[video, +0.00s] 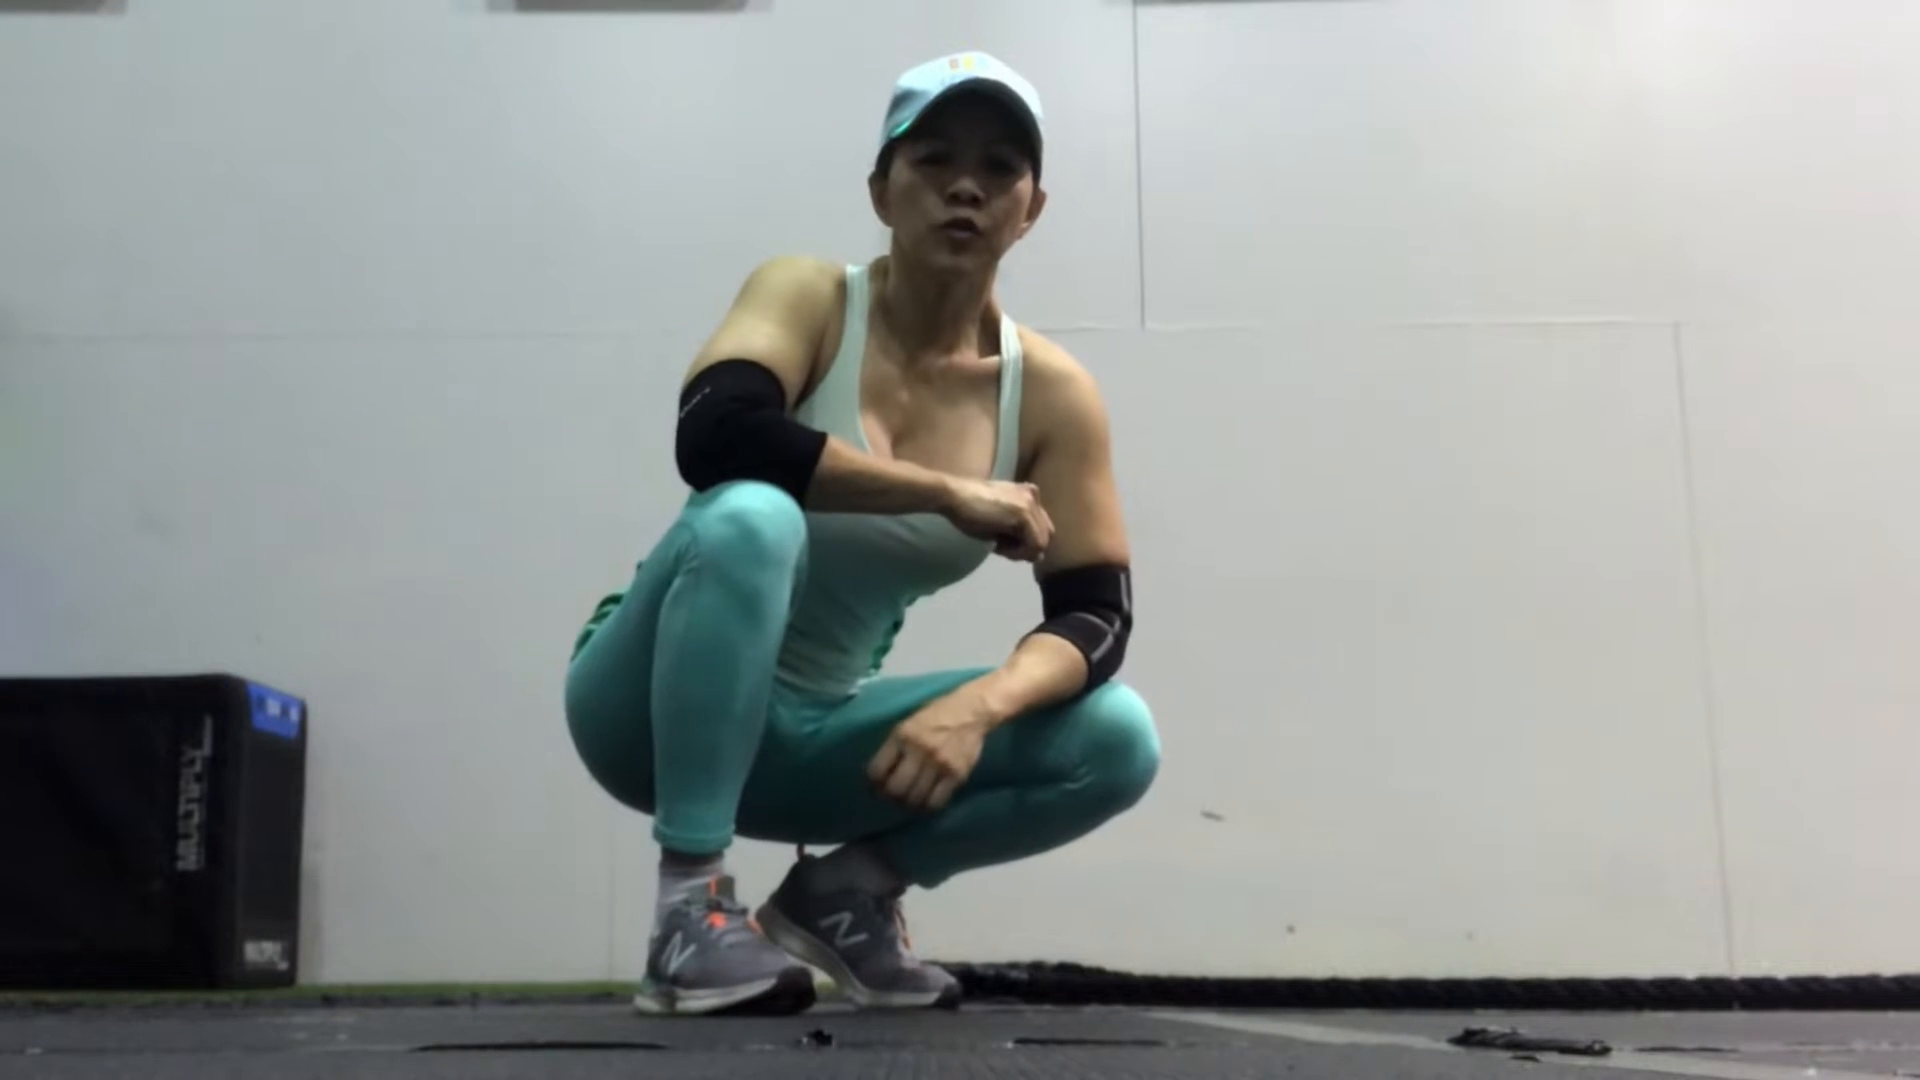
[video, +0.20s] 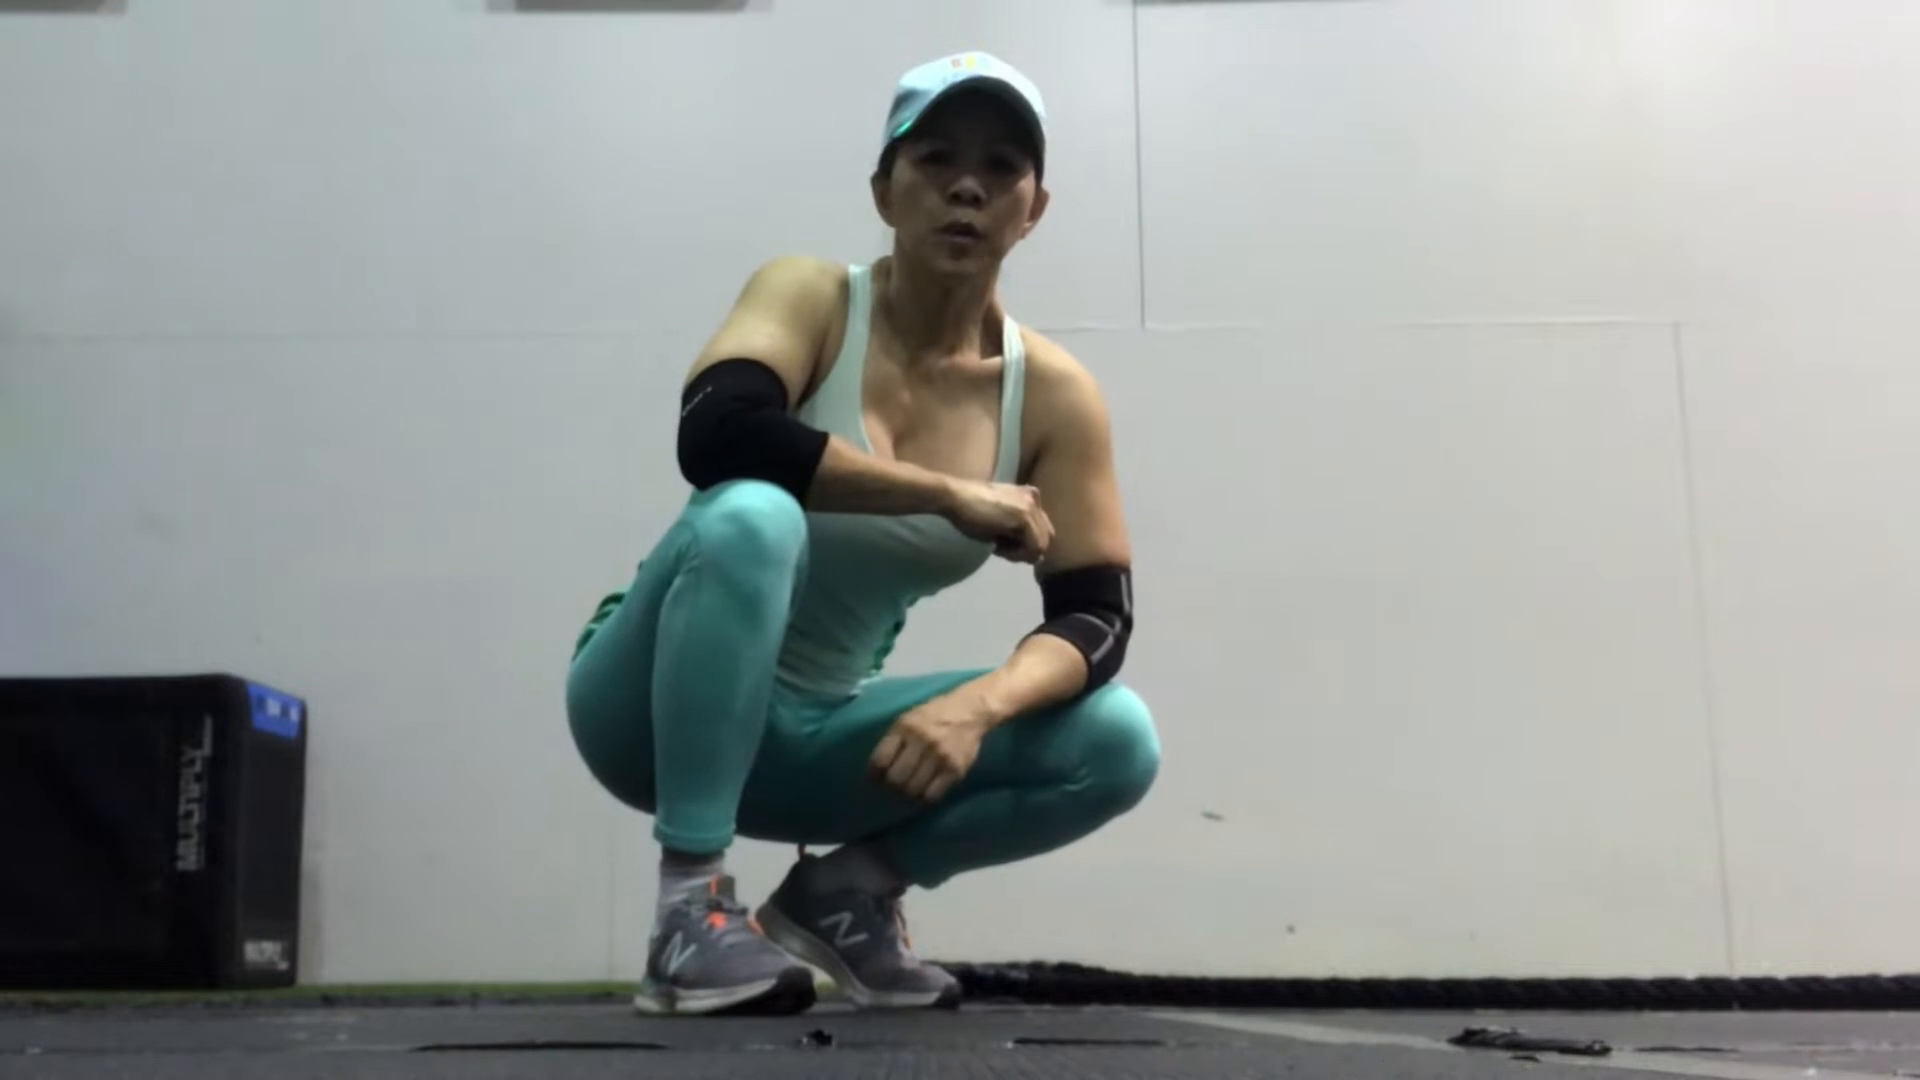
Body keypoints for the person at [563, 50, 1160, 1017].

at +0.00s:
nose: (965, 185)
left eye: (997, 166)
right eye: (936, 157)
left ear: (1032, 207)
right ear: (883, 187)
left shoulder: (1049, 393)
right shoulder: (803, 295)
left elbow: (1094, 616)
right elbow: (717, 436)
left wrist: (980, 704)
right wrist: (948, 492)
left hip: (818, 738)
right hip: (657, 703)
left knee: (1114, 740)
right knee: (752, 519)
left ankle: (840, 891)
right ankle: (691, 909)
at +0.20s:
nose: (966, 186)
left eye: (999, 165)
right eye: (937, 156)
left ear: (1034, 206)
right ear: (885, 187)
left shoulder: (1052, 395)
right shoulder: (805, 296)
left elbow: (1094, 617)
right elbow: (719, 435)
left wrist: (979, 704)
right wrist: (947, 494)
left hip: (820, 740)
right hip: (658, 704)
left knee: (1113, 742)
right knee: (752, 518)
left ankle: (840, 891)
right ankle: (692, 910)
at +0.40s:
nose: (964, 185)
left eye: (997, 164)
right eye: (936, 156)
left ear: (1034, 205)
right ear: (885, 188)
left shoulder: (1054, 396)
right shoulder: (805, 296)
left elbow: (1093, 620)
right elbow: (716, 435)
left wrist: (972, 708)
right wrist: (946, 494)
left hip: (822, 739)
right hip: (660, 704)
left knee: (1112, 744)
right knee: (750, 517)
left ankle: (840, 891)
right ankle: (692, 909)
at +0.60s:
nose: (964, 184)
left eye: (997, 164)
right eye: (936, 156)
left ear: (1034, 204)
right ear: (884, 187)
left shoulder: (1055, 397)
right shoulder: (804, 296)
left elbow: (1092, 621)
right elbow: (715, 435)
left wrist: (970, 710)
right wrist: (945, 495)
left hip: (821, 738)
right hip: (660, 703)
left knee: (1111, 745)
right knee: (749, 517)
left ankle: (840, 890)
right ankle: (692, 910)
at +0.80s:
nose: (959, 188)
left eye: (992, 165)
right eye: (931, 159)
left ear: (1033, 202)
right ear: (883, 189)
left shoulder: (1055, 398)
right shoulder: (805, 296)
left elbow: (1091, 622)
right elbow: (715, 435)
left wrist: (966, 710)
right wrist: (944, 496)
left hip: (822, 739)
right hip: (660, 705)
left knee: (1110, 745)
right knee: (748, 517)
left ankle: (840, 891)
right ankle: (691, 911)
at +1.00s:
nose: (960, 187)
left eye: (992, 165)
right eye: (931, 159)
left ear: (1033, 202)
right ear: (883, 189)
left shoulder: (1054, 398)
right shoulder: (804, 297)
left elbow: (1090, 621)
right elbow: (714, 434)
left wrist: (968, 710)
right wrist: (943, 498)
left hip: (821, 740)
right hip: (658, 705)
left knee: (1110, 745)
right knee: (747, 517)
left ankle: (840, 891)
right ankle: (691, 910)